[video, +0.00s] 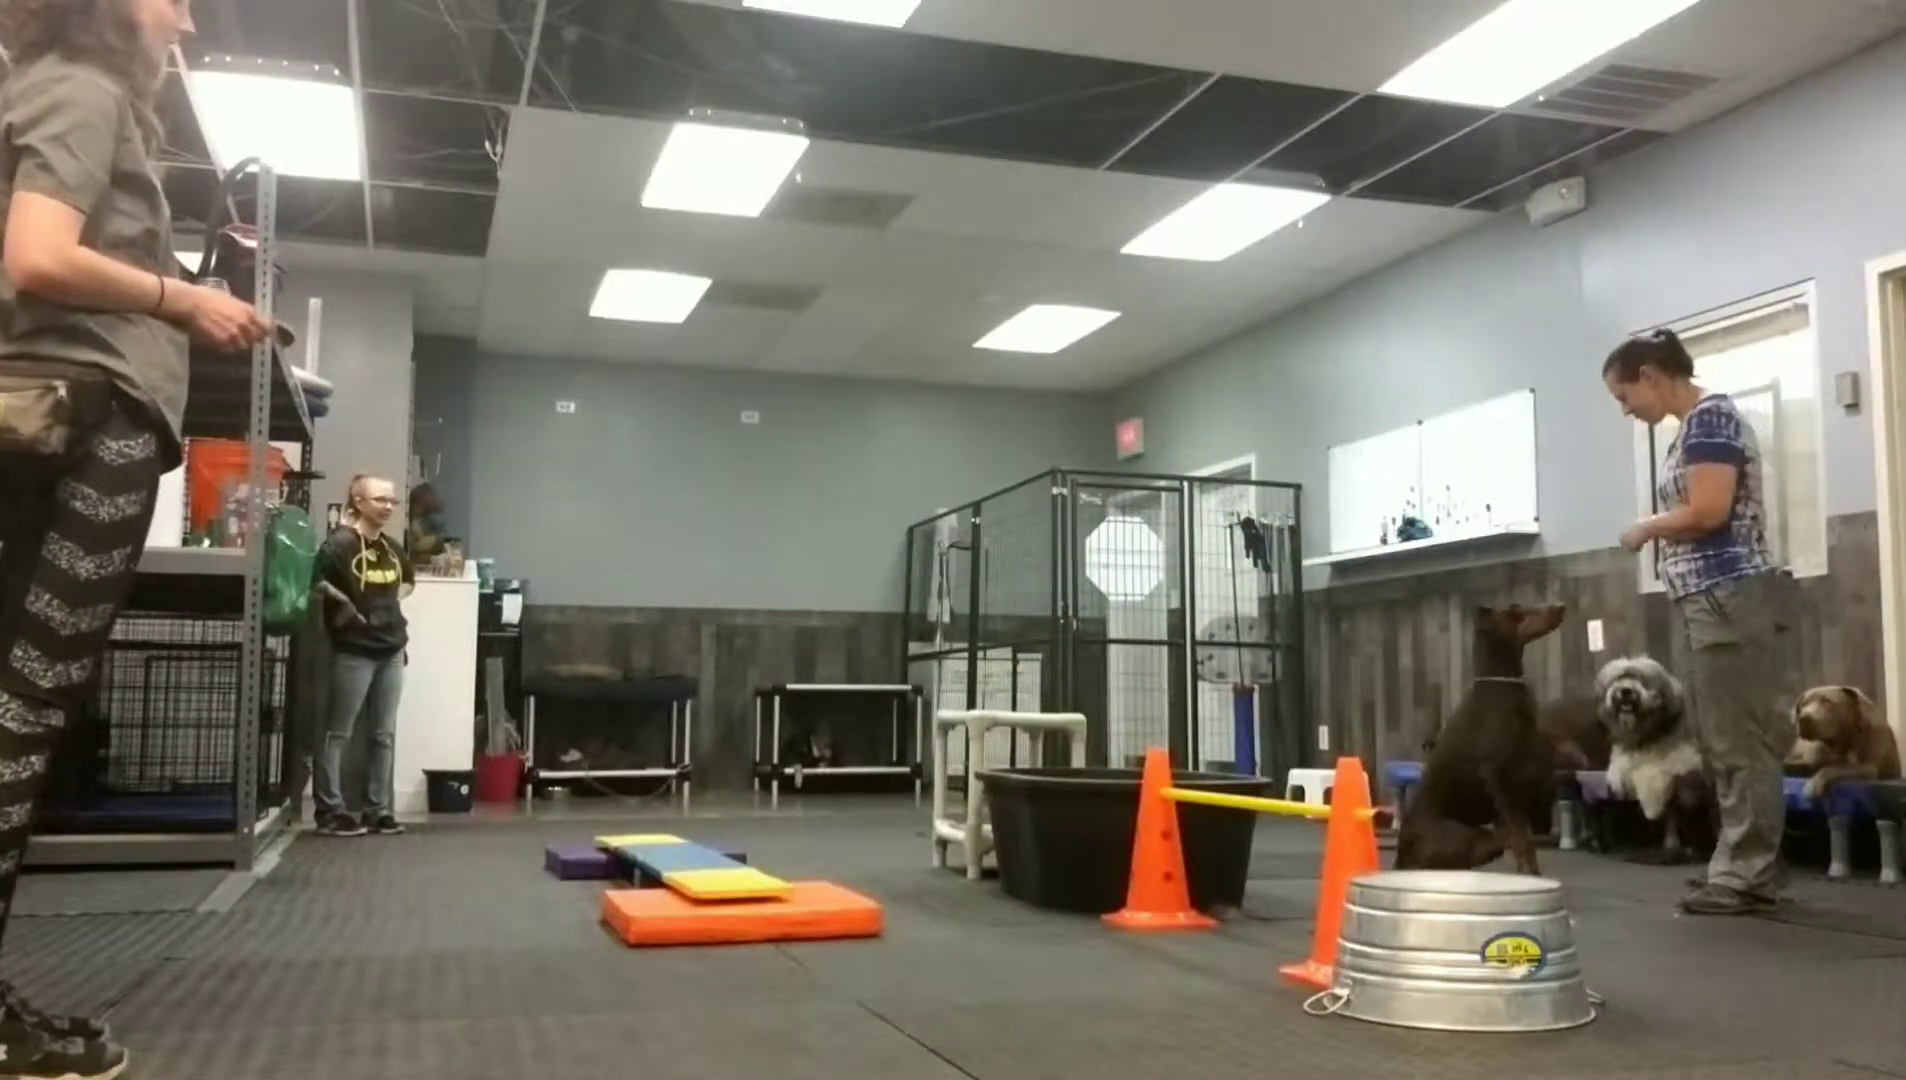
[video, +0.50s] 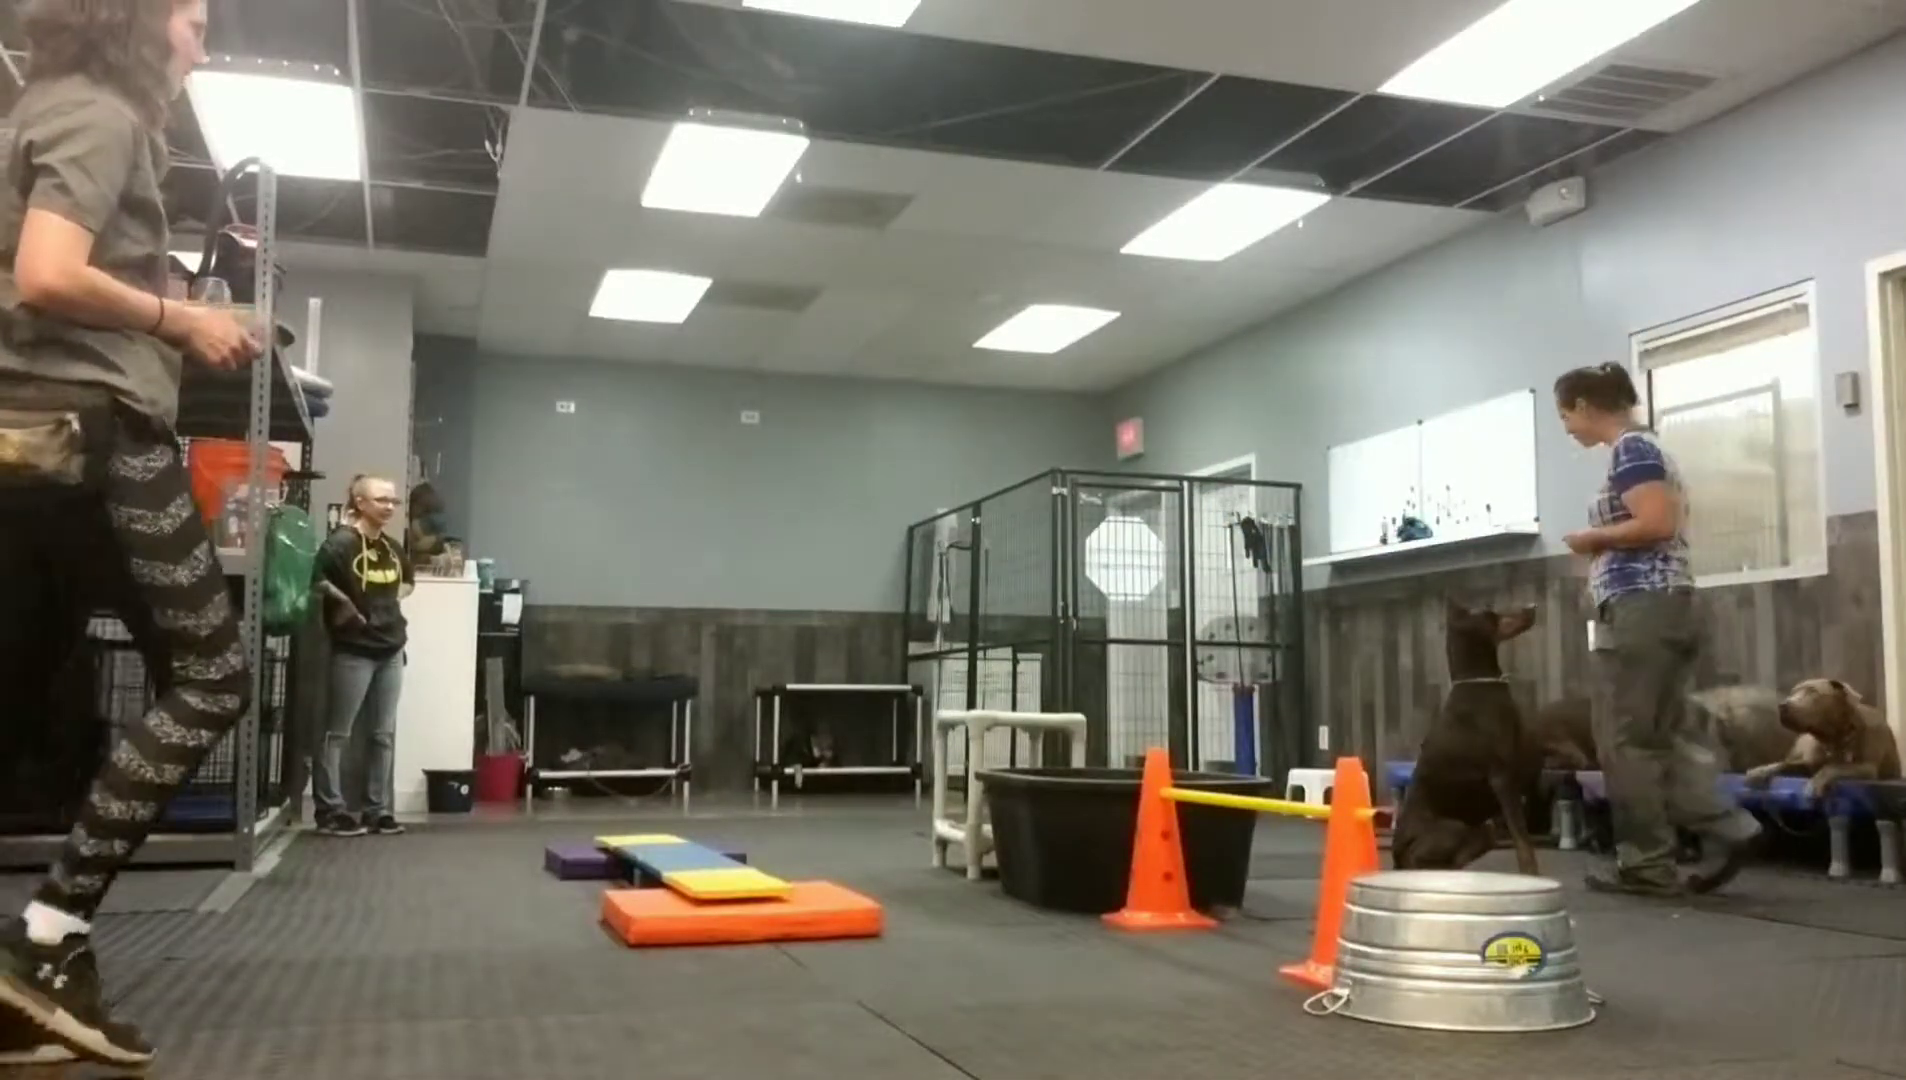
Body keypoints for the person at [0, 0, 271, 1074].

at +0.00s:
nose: (185, 26)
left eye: (186, 14)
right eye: (176, 8)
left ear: (110, 13)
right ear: (126, 4)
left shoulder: (91, 87)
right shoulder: (82, 85)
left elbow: (62, 259)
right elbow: (37, 256)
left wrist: (181, 291)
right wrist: (186, 298)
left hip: (81, 421)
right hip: (85, 423)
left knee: (39, 699)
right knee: (32, 703)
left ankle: (4, 1008)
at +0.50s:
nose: (200, 38)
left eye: (202, 19)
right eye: (191, 14)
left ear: (95, 19)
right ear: (136, 15)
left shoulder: (48, 104)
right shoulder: (98, 109)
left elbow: (56, 274)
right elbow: (46, 274)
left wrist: (172, 308)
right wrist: (180, 315)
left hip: (35, 432)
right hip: (97, 437)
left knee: (30, 712)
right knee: (209, 673)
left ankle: (37, 972)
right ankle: (51, 936)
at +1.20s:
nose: (694, 150)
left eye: (692, 131)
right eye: (688, 132)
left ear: (607, 138)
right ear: (657, 139)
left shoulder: (566, 235)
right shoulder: (648, 225)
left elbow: (528, 395)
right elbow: (643, 369)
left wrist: (665, 409)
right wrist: (715, 403)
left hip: (583, 497)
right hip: (638, 494)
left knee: (657, 718)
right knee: (671, 724)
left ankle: (677, 940)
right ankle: (480, 882)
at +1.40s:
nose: (849, 205)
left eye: (851, 189)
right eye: (845, 187)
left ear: (765, 176)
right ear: (812, 181)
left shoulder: (719, 261)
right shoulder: (796, 256)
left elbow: (737, 403)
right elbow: (803, 402)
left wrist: (832, 464)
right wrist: (875, 468)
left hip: (717, 517)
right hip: (787, 514)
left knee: (740, 719)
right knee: (852, 707)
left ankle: (682, 930)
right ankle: (866, 929)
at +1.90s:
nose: (965, 241)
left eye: (967, 226)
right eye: (961, 225)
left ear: (888, 208)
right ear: (933, 217)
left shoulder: (821, 274)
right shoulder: (912, 286)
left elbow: (810, 400)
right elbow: (939, 434)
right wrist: (987, 532)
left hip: (783, 502)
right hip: (861, 503)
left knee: (787, 708)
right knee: (892, 709)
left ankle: (743, 913)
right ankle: (868, 926)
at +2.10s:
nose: (924, 239)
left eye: (928, 224)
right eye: (921, 222)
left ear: (850, 203)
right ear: (892, 213)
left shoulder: (790, 268)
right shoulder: (859, 277)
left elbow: (768, 401)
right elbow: (861, 426)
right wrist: (900, 533)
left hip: (744, 495)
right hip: (808, 497)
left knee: (763, 710)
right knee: (859, 703)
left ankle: (739, 916)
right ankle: (868, 923)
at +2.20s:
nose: (900, 225)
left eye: (903, 210)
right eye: (895, 208)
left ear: (827, 197)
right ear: (860, 202)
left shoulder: (776, 258)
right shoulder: (819, 266)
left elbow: (784, 414)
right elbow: (814, 418)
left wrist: (836, 512)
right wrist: (858, 525)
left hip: (720, 487)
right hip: (769, 490)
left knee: (759, 701)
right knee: (821, 697)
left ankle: (735, 919)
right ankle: (796, 925)